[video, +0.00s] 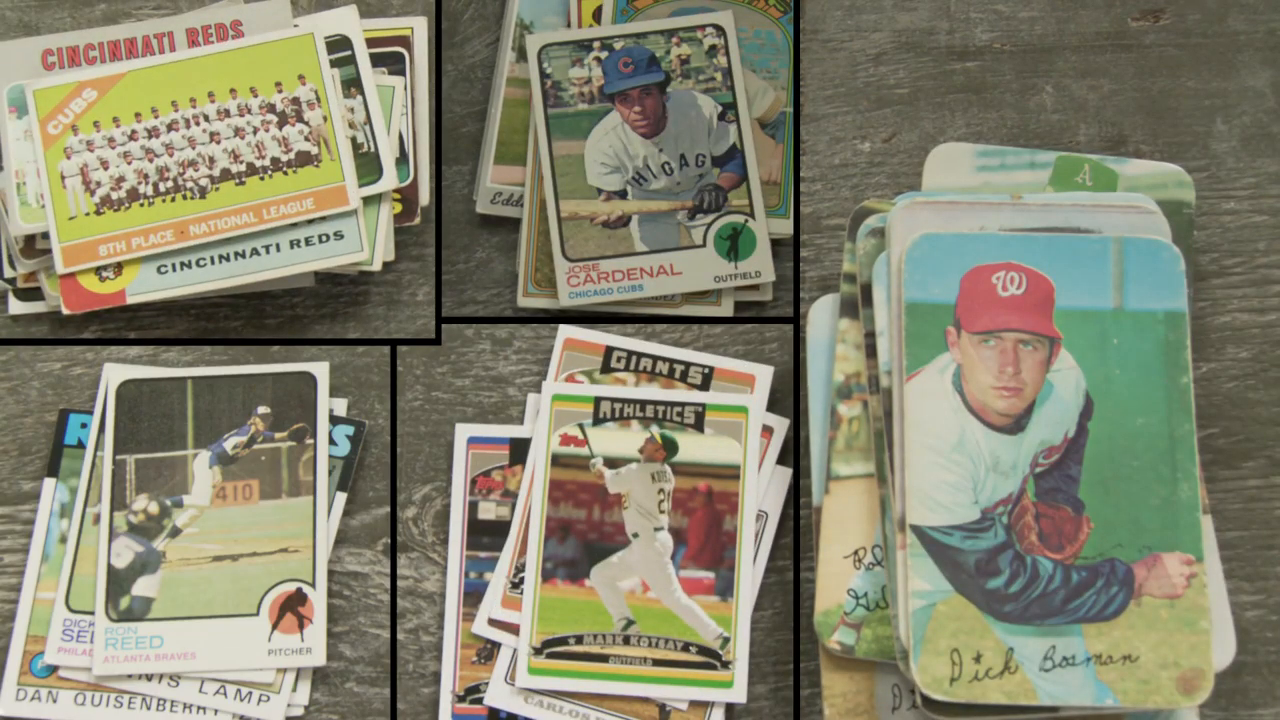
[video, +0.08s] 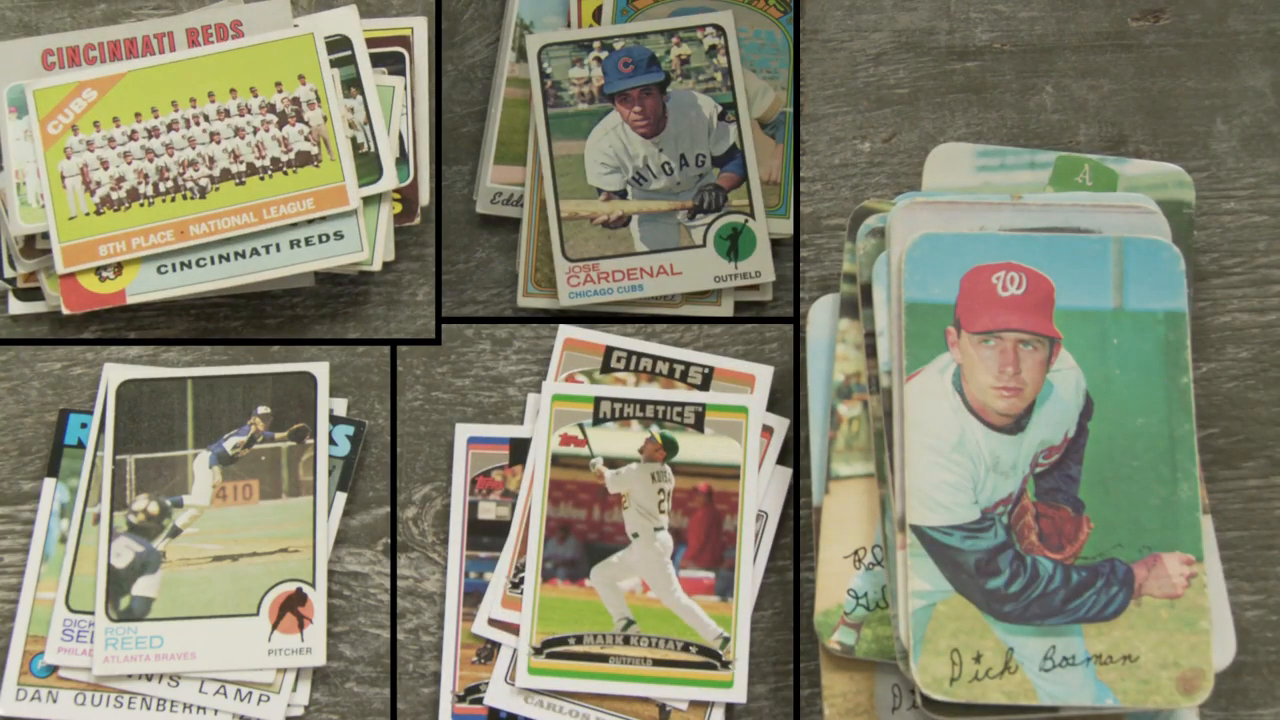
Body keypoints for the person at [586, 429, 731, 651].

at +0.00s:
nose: (645, 443)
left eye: (651, 442)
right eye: (648, 440)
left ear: (661, 454)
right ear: (661, 456)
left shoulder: (636, 471)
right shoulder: (666, 473)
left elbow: (611, 482)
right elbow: (630, 481)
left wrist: (600, 467)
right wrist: (605, 473)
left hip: (649, 542)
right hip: (658, 539)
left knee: (672, 596)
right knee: (600, 574)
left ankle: (718, 636)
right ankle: (624, 622)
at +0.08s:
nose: (645, 443)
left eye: (651, 442)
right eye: (648, 440)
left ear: (661, 454)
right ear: (661, 456)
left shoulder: (636, 471)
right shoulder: (666, 473)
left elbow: (611, 482)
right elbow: (630, 481)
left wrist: (600, 467)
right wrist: (605, 473)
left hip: (649, 542)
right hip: (658, 539)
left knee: (672, 596)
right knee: (600, 574)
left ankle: (718, 636)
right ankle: (624, 622)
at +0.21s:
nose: (645, 443)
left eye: (651, 442)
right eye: (648, 440)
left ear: (661, 454)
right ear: (661, 456)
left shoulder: (636, 471)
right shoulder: (666, 473)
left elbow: (611, 482)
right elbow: (630, 481)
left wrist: (600, 467)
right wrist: (605, 473)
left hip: (649, 542)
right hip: (658, 539)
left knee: (672, 596)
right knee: (600, 574)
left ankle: (718, 636)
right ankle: (624, 622)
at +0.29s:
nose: (645, 443)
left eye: (651, 442)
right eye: (648, 440)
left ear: (661, 454)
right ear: (661, 456)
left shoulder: (636, 471)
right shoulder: (666, 473)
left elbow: (611, 482)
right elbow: (630, 481)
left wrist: (600, 467)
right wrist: (605, 473)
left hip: (649, 542)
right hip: (658, 539)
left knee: (672, 596)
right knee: (600, 574)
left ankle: (718, 636)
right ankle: (624, 622)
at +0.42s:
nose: (645, 443)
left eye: (651, 442)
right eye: (648, 440)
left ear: (661, 454)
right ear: (661, 456)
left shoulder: (636, 471)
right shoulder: (666, 473)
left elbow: (611, 482)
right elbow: (630, 481)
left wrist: (600, 467)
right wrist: (605, 473)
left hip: (649, 542)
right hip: (658, 539)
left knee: (672, 596)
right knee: (600, 574)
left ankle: (718, 636)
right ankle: (624, 622)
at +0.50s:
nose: (645, 443)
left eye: (651, 442)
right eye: (648, 440)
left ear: (661, 454)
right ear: (661, 456)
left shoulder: (636, 471)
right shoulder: (666, 473)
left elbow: (611, 482)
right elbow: (630, 481)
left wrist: (600, 467)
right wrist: (605, 473)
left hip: (649, 542)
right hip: (658, 539)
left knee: (672, 596)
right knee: (600, 574)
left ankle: (718, 636)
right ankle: (624, 622)